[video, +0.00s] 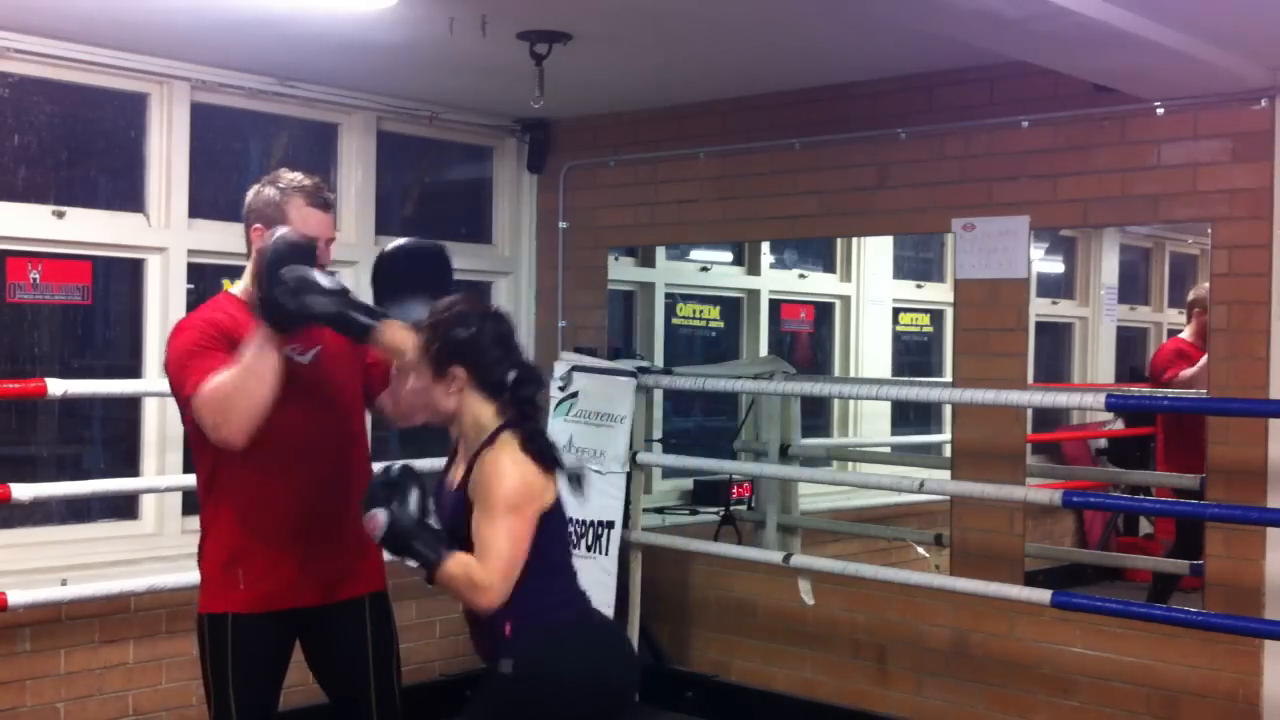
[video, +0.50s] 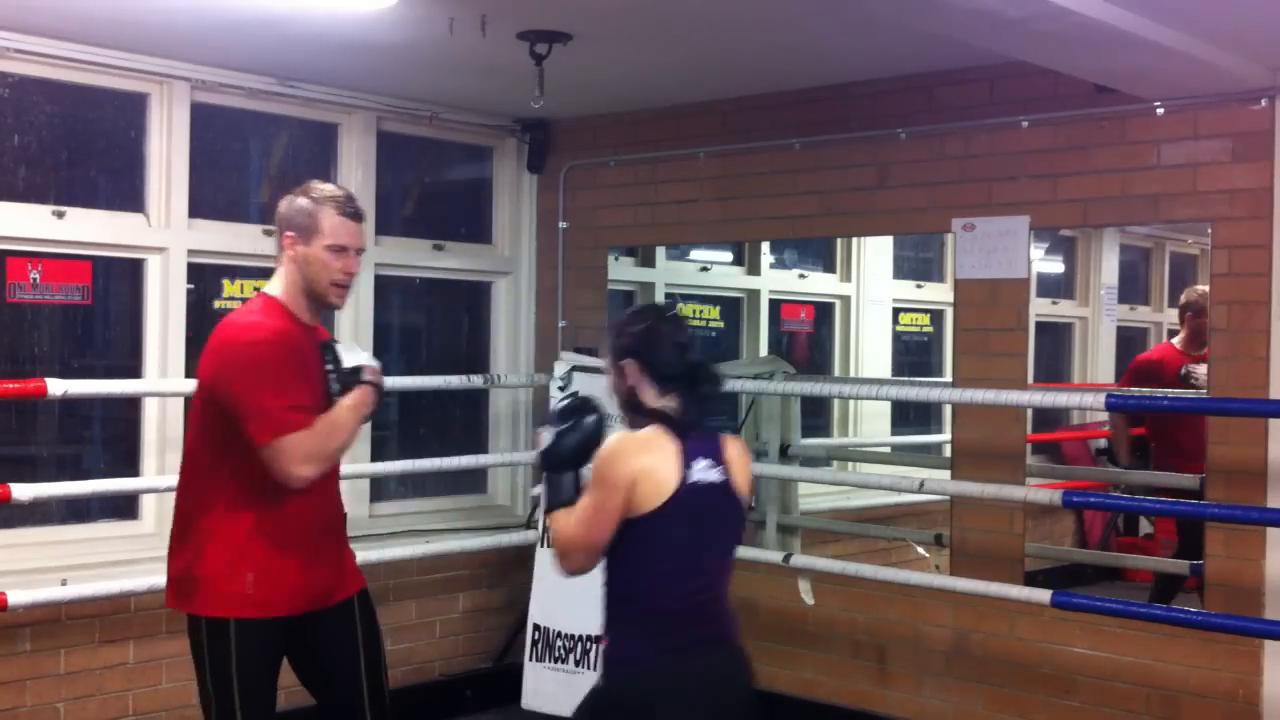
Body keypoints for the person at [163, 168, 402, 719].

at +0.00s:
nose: (320, 262)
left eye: (329, 246)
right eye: (307, 245)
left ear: (336, 242)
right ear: (260, 238)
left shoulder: (343, 330)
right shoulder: (203, 331)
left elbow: (403, 407)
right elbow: (229, 424)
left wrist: (408, 329)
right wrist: (272, 319)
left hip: (348, 582)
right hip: (246, 591)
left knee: (378, 710)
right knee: (241, 714)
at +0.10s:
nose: (307, 260)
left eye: (314, 246)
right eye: (292, 245)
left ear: (321, 242)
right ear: (246, 239)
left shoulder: (333, 324)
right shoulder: (193, 324)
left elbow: (386, 421)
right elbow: (180, 414)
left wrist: (396, 372)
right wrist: (253, 318)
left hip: (344, 577)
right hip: (242, 585)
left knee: (375, 709)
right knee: (238, 713)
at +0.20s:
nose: (306, 256)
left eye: (312, 241)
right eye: (290, 239)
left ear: (316, 242)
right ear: (245, 239)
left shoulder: (331, 330)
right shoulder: (188, 333)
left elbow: (369, 424)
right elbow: (180, 435)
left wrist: (402, 438)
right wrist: (255, 335)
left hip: (338, 578)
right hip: (236, 589)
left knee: (371, 708)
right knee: (231, 715)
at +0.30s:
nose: (312, 259)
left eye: (317, 245)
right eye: (296, 242)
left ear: (322, 247)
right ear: (250, 242)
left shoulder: (324, 333)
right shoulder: (194, 341)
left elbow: (353, 440)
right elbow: (208, 452)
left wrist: (388, 493)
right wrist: (296, 376)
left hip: (333, 581)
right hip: (233, 594)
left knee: (368, 708)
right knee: (233, 714)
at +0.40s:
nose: (328, 264)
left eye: (333, 250)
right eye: (313, 247)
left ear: (333, 253)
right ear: (267, 245)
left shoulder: (318, 335)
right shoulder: (214, 341)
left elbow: (311, 461)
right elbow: (250, 461)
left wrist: (334, 541)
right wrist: (335, 396)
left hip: (325, 581)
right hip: (233, 597)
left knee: (366, 707)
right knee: (236, 714)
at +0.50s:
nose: (352, 268)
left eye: (357, 254)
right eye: (337, 250)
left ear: (360, 253)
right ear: (291, 247)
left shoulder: (317, 338)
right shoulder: (248, 336)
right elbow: (296, 462)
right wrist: (363, 396)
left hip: (323, 580)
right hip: (239, 593)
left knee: (365, 704)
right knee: (240, 713)